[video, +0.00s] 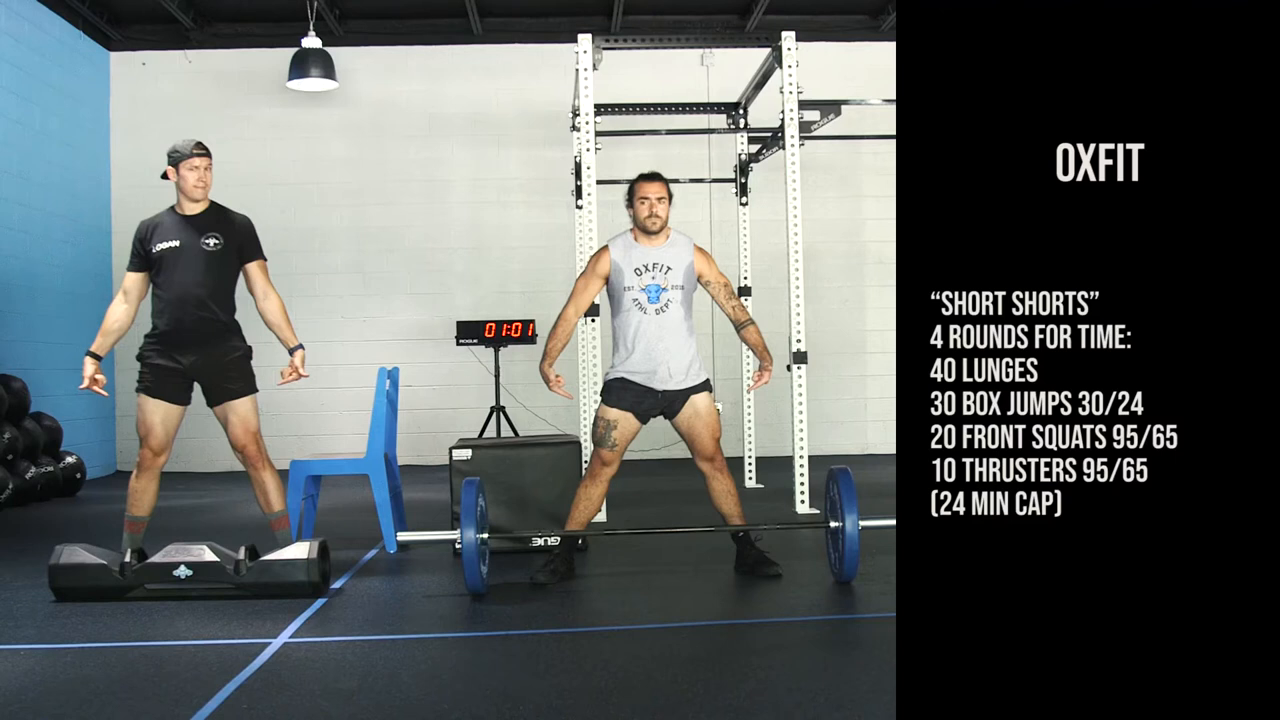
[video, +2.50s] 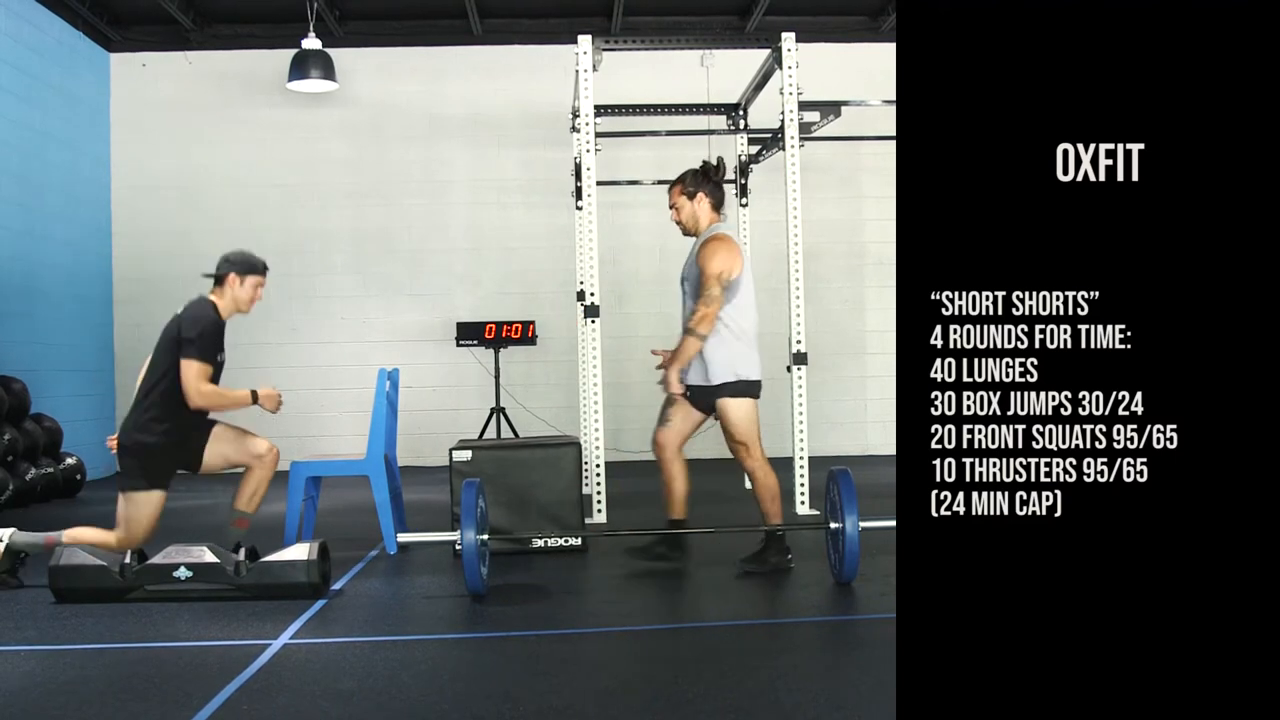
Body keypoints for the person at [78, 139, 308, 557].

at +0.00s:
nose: (201, 177)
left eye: (206, 169)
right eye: (192, 170)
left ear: (212, 174)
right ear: (172, 176)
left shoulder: (236, 226)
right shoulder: (150, 231)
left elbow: (263, 293)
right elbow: (126, 300)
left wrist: (293, 344)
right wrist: (94, 353)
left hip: (224, 352)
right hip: (164, 354)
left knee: (250, 447)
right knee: (150, 454)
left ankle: (288, 550)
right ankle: (131, 555)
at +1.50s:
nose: (189, 189)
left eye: (192, 181)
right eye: (183, 179)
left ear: (188, 184)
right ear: (157, 176)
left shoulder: (187, 233)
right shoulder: (121, 234)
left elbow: (207, 302)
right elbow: (98, 303)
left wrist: (238, 350)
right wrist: (75, 364)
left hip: (186, 359)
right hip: (136, 362)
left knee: (225, 445)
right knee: (139, 460)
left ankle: (259, 547)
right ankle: (124, 555)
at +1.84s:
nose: (207, 190)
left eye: (209, 182)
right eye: (203, 181)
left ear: (184, 179)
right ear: (177, 176)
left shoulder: (179, 229)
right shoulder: (144, 225)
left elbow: (170, 296)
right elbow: (126, 293)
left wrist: (179, 347)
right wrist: (137, 352)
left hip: (179, 351)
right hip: (141, 352)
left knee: (212, 447)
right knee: (144, 453)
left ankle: (223, 547)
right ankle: (122, 554)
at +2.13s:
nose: (242, 198)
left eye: (244, 191)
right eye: (238, 189)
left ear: (222, 187)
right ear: (213, 184)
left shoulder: (210, 234)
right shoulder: (179, 228)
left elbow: (188, 296)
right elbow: (149, 294)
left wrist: (193, 347)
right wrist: (190, 344)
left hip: (192, 358)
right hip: (157, 358)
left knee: (228, 445)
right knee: (145, 458)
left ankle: (224, 549)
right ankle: (59, 528)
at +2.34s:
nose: (257, 243)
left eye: (259, 236)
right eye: (253, 234)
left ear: (232, 231)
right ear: (229, 228)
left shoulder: (214, 273)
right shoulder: (197, 269)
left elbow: (190, 340)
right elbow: (176, 339)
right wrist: (233, 370)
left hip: (188, 394)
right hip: (156, 394)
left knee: (256, 450)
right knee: (125, 495)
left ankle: (231, 549)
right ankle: (18, 536)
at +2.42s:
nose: (259, 272)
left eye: (261, 264)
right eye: (255, 262)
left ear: (236, 259)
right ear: (231, 256)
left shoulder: (213, 300)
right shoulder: (201, 296)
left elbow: (191, 369)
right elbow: (188, 369)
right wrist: (248, 385)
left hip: (184, 415)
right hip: (150, 418)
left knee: (261, 451)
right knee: (127, 523)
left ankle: (231, 551)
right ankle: (16, 541)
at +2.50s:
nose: (260, 296)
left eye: (262, 288)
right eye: (257, 287)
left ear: (233, 282)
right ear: (231, 281)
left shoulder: (204, 318)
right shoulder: (203, 318)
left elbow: (149, 375)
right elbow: (198, 396)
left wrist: (132, 428)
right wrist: (256, 396)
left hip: (183, 432)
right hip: (149, 438)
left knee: (264, 455)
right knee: (128, 540)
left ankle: (232, 548)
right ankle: (19, 540)